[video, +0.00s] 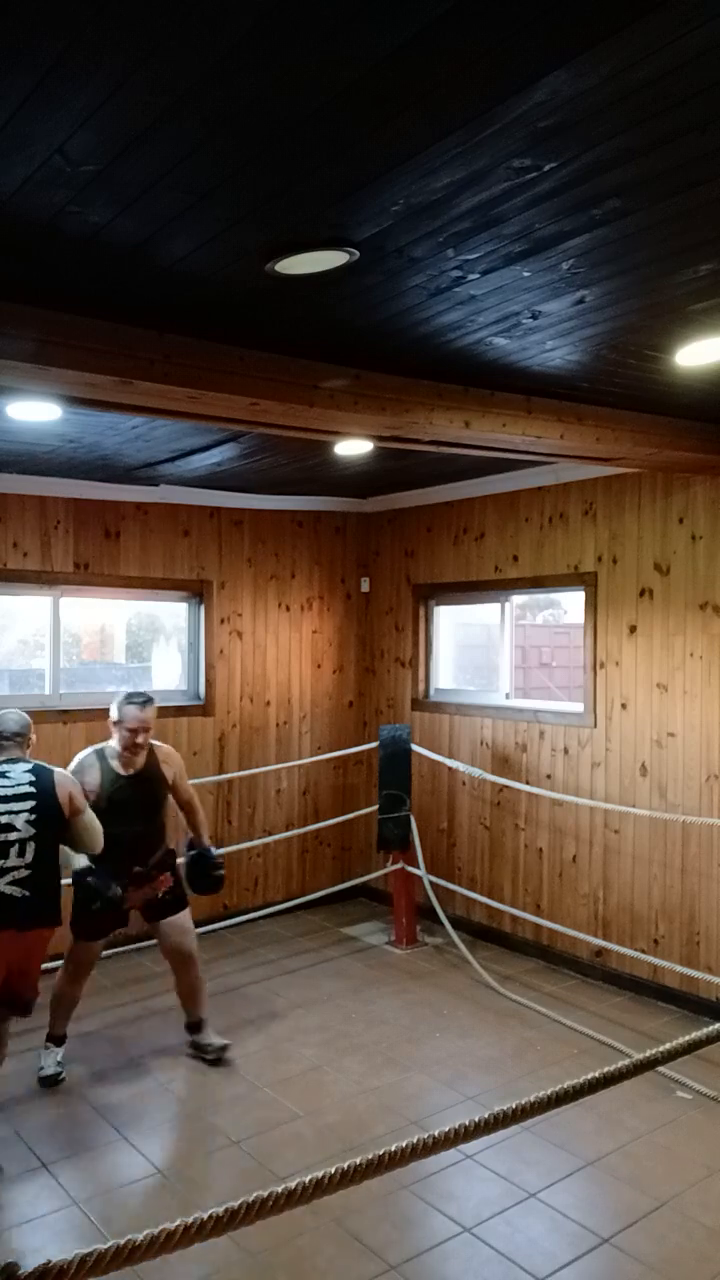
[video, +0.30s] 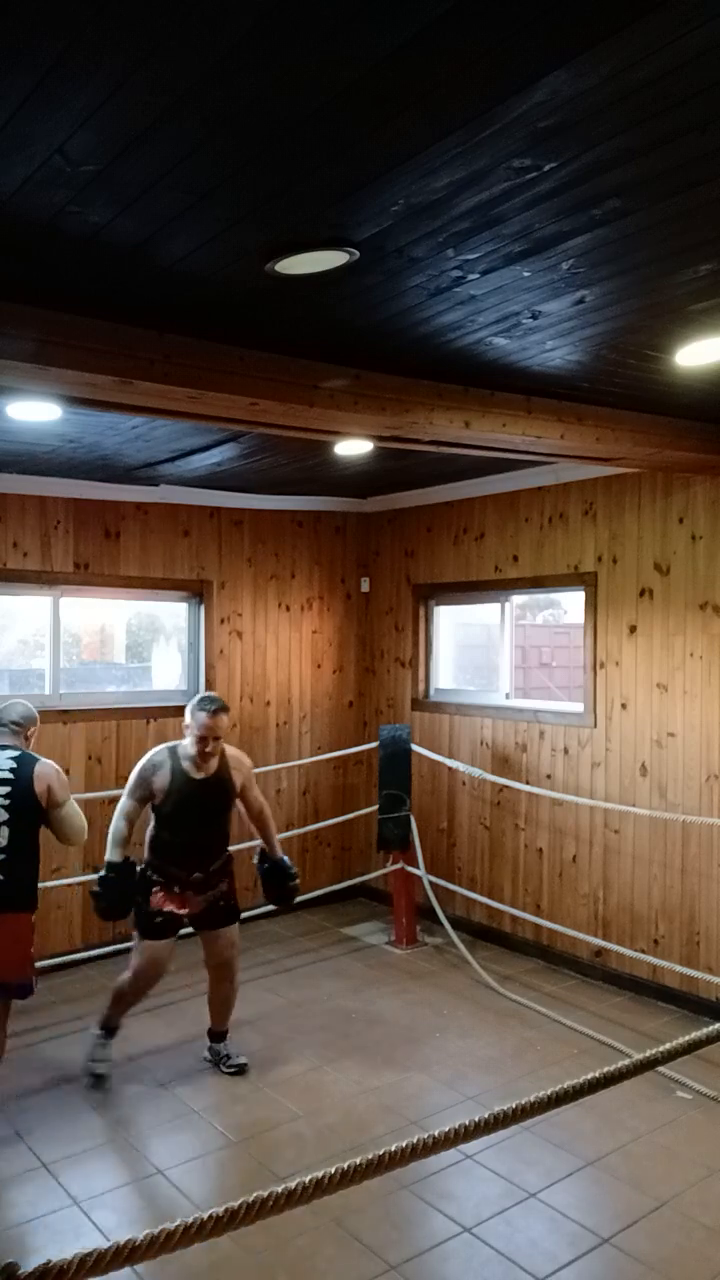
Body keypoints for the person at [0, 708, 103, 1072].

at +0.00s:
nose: (37, 742)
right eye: (36, 737)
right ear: (30, 740)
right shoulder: (56, 782)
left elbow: (92, 842)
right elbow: (94, 843)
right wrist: (48, 826)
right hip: (31, 921)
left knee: (7, 1019)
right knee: (4, 1021)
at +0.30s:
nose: (35, 738)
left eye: (34, 733)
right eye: (36, 733)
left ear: (1, 727)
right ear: (28, 733)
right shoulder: (39, 771)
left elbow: (74, 834)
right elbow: (75, 835)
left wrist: (41, 795)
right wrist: (40, 797)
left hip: (13, 908)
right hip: (11, 909)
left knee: (6, 1006)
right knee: (3, 1009)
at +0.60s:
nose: (57, 747)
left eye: (59, 740)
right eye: (57, 739)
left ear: (23, 729)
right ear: (41, 735)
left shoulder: (10, 761)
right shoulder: (27, 770)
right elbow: (34, 835)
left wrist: (56, 822)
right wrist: (64, 819)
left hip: (14, 895)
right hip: (13, 897)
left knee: (34, 971)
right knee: (36, 972)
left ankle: (6, 1065)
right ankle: (4, 1067)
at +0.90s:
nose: (95, 750)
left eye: (98, 743)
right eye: (91, 742)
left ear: (68, 736)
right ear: (69, 736)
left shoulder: (36, 757)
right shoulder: (49, 771)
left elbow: (44, 822)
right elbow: (56, 838)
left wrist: (80, 798)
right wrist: (98, 813)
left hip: (21, 888)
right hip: (33, 894)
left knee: (35, 975)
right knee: (45, 978)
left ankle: (7, 1048)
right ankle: (9, 1063)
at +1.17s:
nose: (124, 744)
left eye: (128, 738)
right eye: (119, 737)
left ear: (126, 736)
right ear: (99, 732)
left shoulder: (109, 762)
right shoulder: (70, 762)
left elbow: (101, 806)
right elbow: (53, 818)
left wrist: (130, 795)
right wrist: (106, 811)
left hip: (93, 880)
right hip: (65, 884)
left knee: (104, 948)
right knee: (84, 963)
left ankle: (80, 1032)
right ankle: (23, 1046)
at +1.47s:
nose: (148, 737)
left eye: (152, 730)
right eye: (141, 730)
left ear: (156, 727)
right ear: (121, 724)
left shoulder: (151, 752)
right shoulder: (94, 755)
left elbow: (170, 796)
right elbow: (61, 807)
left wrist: (167, 776)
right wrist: (102, 805)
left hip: (135, 869)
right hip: (105, 871)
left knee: (112, 950)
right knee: (126, 953)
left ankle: (81, 1028)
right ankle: (124, 1050)